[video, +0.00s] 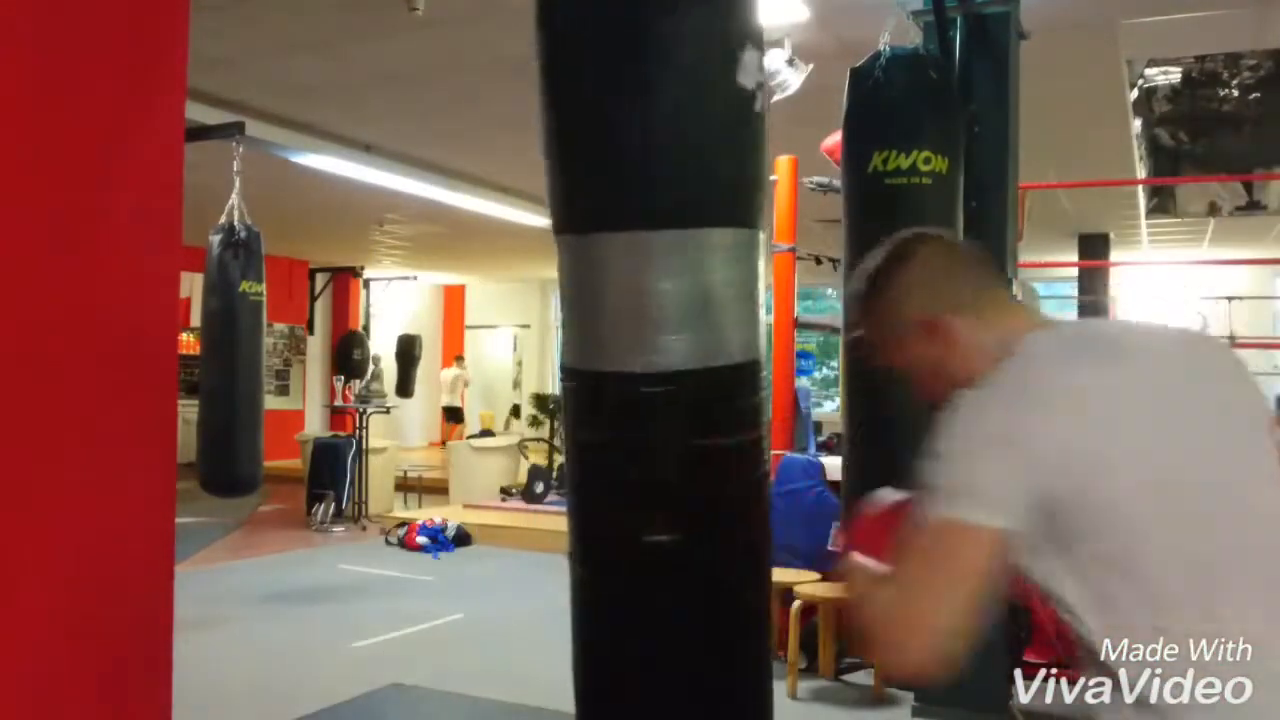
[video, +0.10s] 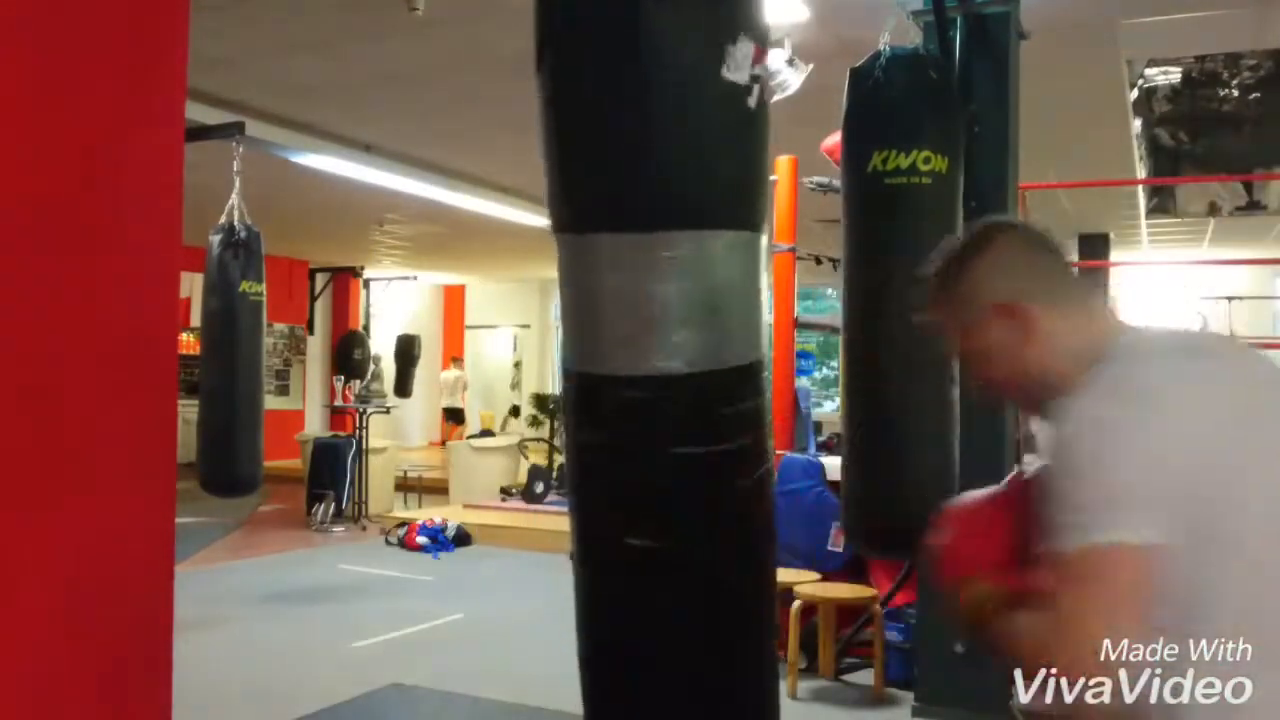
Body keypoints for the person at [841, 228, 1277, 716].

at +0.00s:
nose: (921, 396)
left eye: (907, 372)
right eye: (903, 377)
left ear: (938, 333)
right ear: (1002, 294)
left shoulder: (1001, 414)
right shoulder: (1206, 355)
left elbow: (916, 650)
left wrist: (861, 579)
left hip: (1157, 702)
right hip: (1271, 700)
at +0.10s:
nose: (977, 383)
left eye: (972, 355)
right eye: (966, 360)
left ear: (1017, 321)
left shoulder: (1108, 413)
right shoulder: (1248, 369)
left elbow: (1090, 663)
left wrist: (984, 596)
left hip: (1175, 706)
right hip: (1264, 700)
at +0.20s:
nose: (1059, 373)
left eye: (1056, 348)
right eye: (1049, 354)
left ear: (1104, 297)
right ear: (1106, 295)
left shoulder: (1223, 389)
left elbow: (1244, 652)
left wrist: (1096, 563)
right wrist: (1131, 497)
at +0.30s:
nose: (1133, 371)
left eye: (1125, 343)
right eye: (1119, 354)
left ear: (1167, 276)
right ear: (1168, 275)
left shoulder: (1261, 376)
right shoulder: (1252, 367)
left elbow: (1262, 606)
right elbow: (1242, 528)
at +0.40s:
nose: (1152, 354)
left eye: (1139, 326)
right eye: (1134, 338)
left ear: (1172, 255)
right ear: (1173, 255)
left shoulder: (1266, 332)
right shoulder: (1260, 329)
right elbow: (1213, 548)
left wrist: (1081, 417)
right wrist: (1094, 419)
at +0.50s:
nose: (1121, 328)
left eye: (1106, 301)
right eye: (1099, 311)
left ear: (1147, 235)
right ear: (1150, 234)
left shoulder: (1249, 312)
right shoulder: (1255, 301)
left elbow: (1182, 549)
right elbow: (1190, 537)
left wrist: (1063, 412)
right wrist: (1107, 413)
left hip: (1270, 693)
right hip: (1265, 688)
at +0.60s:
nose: (1068, 316)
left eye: (1059, 284)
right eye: (1051, 293)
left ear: (1106, 227)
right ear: (1107, 226)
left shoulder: (1202, 310)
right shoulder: (1247, 290)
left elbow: (1182, 564)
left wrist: (1056, 448)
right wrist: (1124, 433)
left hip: (1258, 691)